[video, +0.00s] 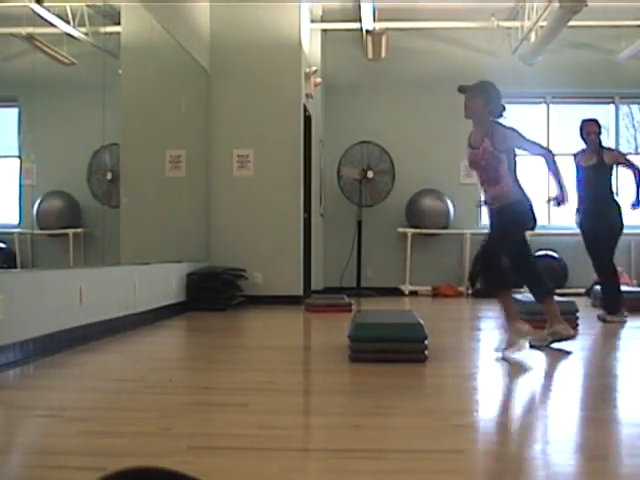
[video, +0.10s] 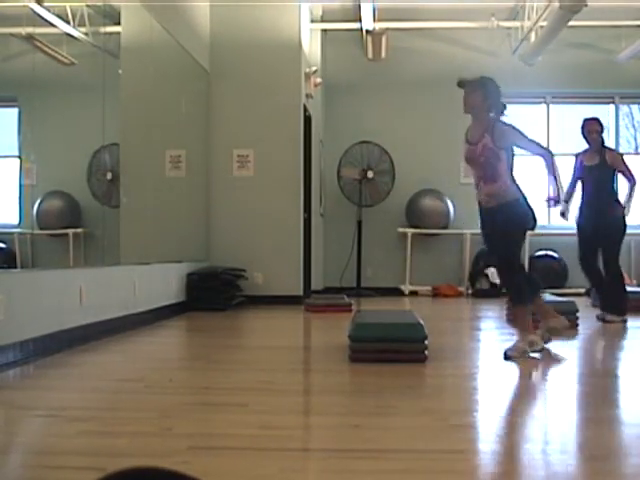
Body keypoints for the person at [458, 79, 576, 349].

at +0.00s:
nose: (464, 103)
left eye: (470, 99)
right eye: (465, 99)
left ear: (485, 103)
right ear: (474, 104)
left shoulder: (501, 133)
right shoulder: (473, 137)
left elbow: (546, 153)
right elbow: (488, 167)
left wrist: (560, 187)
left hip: (514, 209)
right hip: (497, 211)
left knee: (487, 263)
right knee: (526, 266)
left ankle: (515, 325)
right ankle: (558, 323)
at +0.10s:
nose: (464, 97)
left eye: (470, 93)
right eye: (465, 93)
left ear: (485, 99)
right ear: (473, 100)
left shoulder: (501, 131)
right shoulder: (470, 133)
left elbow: (546, 153)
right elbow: (483, 167)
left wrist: (556, 189)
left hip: (511, 209)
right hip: (488, 211)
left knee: (509, 270)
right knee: (509, 270)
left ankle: (527, 335)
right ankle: (550, 318)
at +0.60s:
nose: (410, 65)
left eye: (416, 61)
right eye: (411, 61)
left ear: (434, 64)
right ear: (422, 67)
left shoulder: (453, 90)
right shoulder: (417, 102)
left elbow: (431, 111)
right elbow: (385, 127)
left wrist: (392, 114)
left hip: (470, 172)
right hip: (441, 174)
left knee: (479, 244)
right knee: (406, 225)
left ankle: (500, 319)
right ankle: (402, 301)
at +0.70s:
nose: (398, 53)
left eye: (403, 47)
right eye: (398, 48)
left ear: (420, 49)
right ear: (409, 52)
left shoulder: (446, 75)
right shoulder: (406, 93)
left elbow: (467, 113)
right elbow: (393, 135)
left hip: (462, 157)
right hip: (432, 161)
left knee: (457, 222)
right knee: (411, 221)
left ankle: (463, 296)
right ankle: (403, 298)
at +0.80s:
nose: (387, 56)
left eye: (391, 50)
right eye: (387, 50)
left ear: (410, 50)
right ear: (401, 53)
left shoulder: (438, 76)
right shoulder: (401, 91)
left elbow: (484, 97)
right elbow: (411, 128)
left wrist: (509, 129)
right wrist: (406, 164)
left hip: (456, 157)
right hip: (425, 162)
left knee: (435, 205)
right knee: (405, 216)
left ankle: (438, 286)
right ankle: (403, 296)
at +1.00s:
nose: (384, 70)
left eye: (388, 63)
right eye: (383, 64)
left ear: (404, 63)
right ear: (402, 65)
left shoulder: (438, 86)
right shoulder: (402, 102)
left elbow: (486, 98)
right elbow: (425, 131)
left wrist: (516, 127)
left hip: (454, 168)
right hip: (424, 169)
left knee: (431, 218)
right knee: (394, 223)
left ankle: (430, 296)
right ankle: (401, 299)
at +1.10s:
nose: (393, 62)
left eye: (396, 55)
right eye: (392, 56)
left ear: (414, 53)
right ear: (408, 56)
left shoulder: (445, 78)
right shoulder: (412, 93)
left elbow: (480, 110)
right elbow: (415, 136)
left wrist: (486, 150)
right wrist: (404, 172)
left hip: (464, 158)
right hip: (435, 162)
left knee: (461, 225)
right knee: (413, 221)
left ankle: (468, 300)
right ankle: (405, 299)